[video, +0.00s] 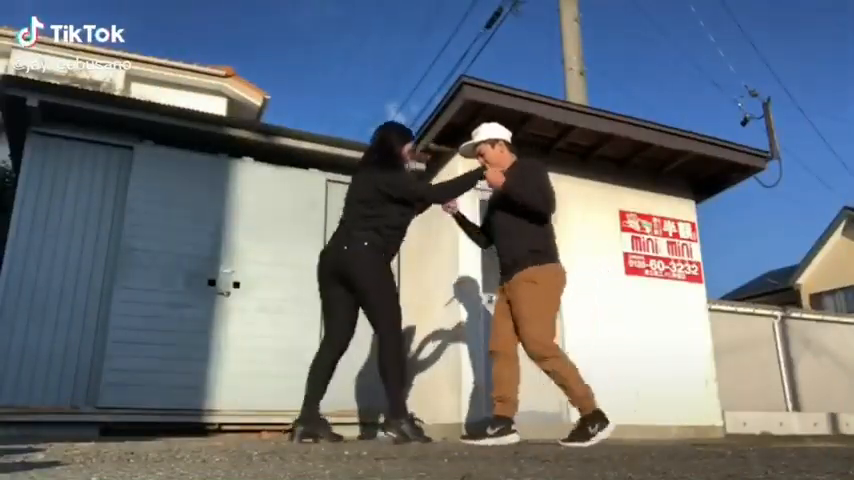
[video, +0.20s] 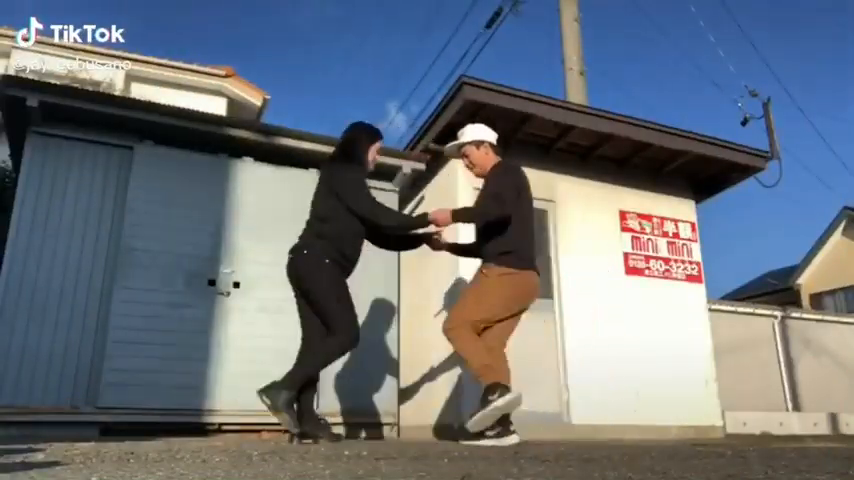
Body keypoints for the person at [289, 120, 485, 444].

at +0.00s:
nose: (413, 154)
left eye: (413, 148)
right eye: (409, 148)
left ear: (380, 146)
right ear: (396, 147)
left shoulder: (366, 174)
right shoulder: (392, 177)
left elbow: (410, 207)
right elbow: (436, 193)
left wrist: (431, 186)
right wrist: (480, 172)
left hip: (334, 258)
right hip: (366, 260)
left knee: (336, 338)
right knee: (390, 334)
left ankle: (308, 417)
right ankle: (398, 418)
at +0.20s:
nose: (377, 158)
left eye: (378, 152)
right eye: (375, 151)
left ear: (353, 146)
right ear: (362, 146)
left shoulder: (342, 178)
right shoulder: (345, 172)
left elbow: (382, 238)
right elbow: (375, 214)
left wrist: (423, 239)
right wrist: (426, 220)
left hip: (310, 263)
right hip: (318, 262)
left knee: (314, 342)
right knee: (346, 335)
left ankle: (307, 418)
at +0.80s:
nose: (368, 147)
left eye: (369, 140)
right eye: (365, 139)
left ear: (338, 135)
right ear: (350, 136)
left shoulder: (323, 163)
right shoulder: (351, 166)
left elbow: (353, 216)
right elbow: (390, 204)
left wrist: (385, 207)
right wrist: (437, 210)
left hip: (292, 247)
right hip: (320, 248)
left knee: (289, 334)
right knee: (352, 321)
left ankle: (278, 418)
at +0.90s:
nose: (377, 146)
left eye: (378, 139)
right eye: (374, 139)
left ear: (345, 135)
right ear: (359, 136)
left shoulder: (325, 165)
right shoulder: (365, 170)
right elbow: (405, 204)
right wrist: (454, 210)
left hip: (300, 244)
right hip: (337, 244)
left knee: (293, 331)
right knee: (365, 324)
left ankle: (280, 418)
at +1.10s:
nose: (395, 150)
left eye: (396, 144)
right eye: (393, 143)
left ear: (367, 140)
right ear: (378, 141)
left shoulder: (350, 173)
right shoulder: (387, 173)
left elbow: (373, 208)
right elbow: (413, 210)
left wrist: (409, 221)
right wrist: (458, 215)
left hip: (334, 258)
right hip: (368, 259)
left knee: (342, 342)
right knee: (397, 336)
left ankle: (294, 410)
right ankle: (387, 420)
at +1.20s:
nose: (405, 156)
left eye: (405, 149)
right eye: (402, 149)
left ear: (382, 148)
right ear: (387, 148)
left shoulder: (372, 180)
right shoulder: (381, 175)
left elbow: (410, 226)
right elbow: (416, 204)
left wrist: (446, 217)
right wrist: (459, 207)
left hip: (359, 265)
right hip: (374, 264)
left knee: (402, 339)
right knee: (406, 338)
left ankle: (350, 392)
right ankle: (392, 422)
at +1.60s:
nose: (426, 150)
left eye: (431, 145)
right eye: (420, 144)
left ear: (434, 150)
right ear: (404, 146)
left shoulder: (436, 182)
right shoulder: (390, 168)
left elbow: (436, 199)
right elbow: (389, 123)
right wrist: (428, 97)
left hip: (438, 269)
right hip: (402, 272)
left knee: (451, 341)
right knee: (375, 339)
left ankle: (472, 417)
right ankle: (414, 408)